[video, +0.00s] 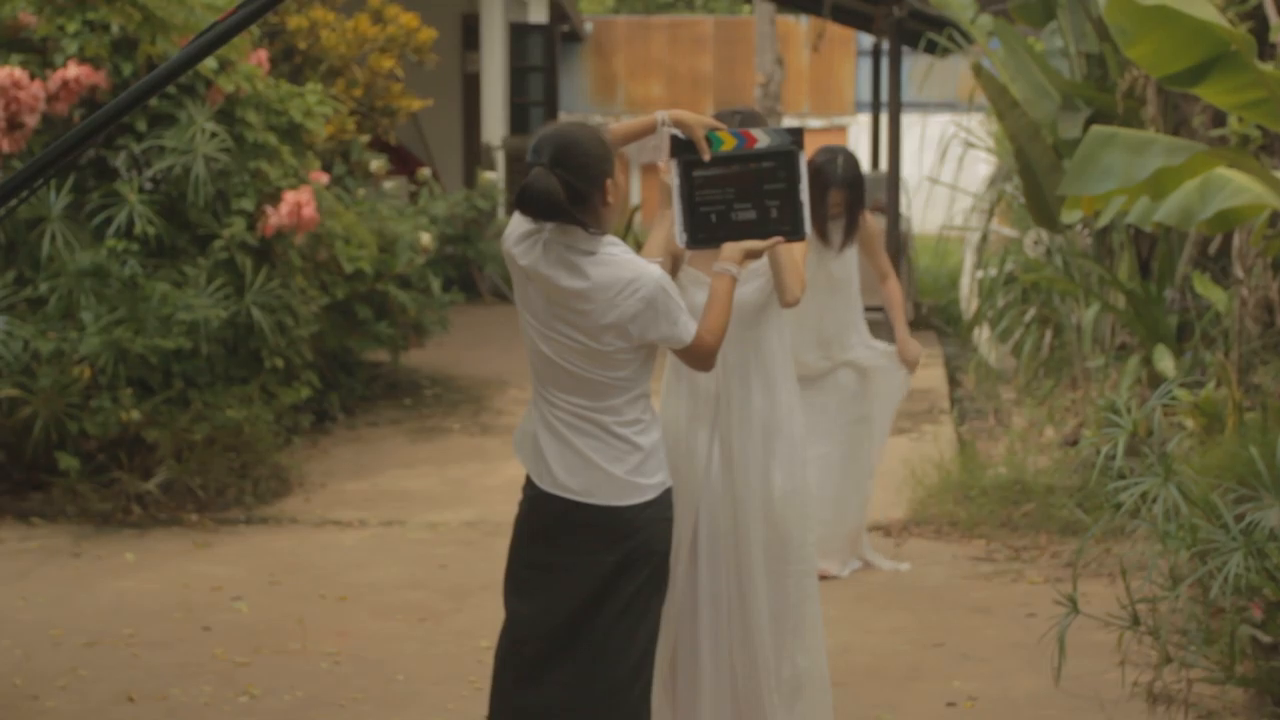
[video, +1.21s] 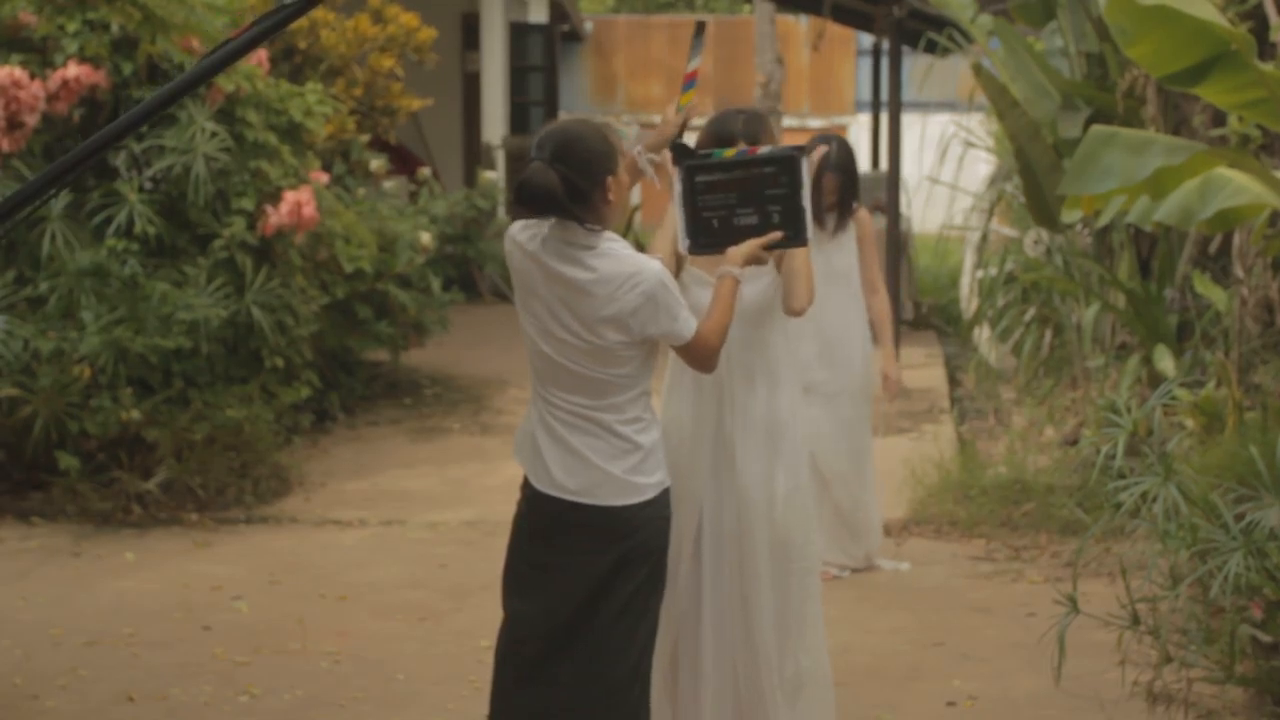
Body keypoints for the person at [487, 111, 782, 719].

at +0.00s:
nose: (625, 181)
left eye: (619, 170)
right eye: (620, 172)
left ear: (548, 181)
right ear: (608, 188)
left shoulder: (523, 243)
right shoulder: (635, 281)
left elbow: (563, 155)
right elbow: (701, 352)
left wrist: (659, 121)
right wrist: (727, 266)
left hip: (551, 488)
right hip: (629, 496)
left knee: (526, 654)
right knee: (618, 666)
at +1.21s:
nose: (631, 177)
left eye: (628, 166)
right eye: (625, 169)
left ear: (553, 181)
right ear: (607, 188)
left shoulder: (522, 242)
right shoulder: (638, 277)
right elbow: (702, 353)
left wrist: (640, 150)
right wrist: (733, 269)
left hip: (548, 488)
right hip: (626, 496)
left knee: (526, 655)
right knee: (616, 666)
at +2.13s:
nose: (548, 230)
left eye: (559, 210)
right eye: (526, 219)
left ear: (578, 201)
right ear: (494, 219)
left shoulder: (583, 281)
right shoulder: (476, 298)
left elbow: (573, 387)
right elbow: (433, 432)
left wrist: (612, 428)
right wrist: (534, 432)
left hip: (542, 532)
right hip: (473, 535)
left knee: (544, 680)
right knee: (492, 696)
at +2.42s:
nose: (444, 224)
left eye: (458, 198)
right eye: (422, 211)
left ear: (496, 189)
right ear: (406, 218)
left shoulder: (546, 285)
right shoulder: (388, 307)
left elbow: (551, 395)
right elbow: (366, 451)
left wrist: (589, 459)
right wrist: (456, 448)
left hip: (537, 568)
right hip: (435, 579)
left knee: (577, 711)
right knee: (450, 713)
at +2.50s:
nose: (424, 234)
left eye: (439, 208)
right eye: (402, 220)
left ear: (481, 199)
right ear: (388, 231)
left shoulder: (539, 296)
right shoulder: (373, 325)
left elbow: (550, 407)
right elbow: (356, 480)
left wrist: (593, 472)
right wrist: (453, 466)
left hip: (534, 586)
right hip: (428, 598)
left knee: (556, 713)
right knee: (444, 714)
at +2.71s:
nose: (401, 270)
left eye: (417, 242)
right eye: (381, 257)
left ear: (468, 227)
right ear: (369, 267)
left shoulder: (544, 349)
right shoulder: (354, 364)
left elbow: (579, 483)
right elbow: (321, 526)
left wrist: (599, 569)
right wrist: (408, 531)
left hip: (512, 649)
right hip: (395, 657)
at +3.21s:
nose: (101, 274)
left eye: (122, 239)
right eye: (93, 255)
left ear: (208, 227)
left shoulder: (328, 388)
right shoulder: (131, 402)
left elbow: (406, 599)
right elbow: (133, 570)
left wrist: (299, 691)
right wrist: (107, 642)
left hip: (292, 707)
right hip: (160, 705)